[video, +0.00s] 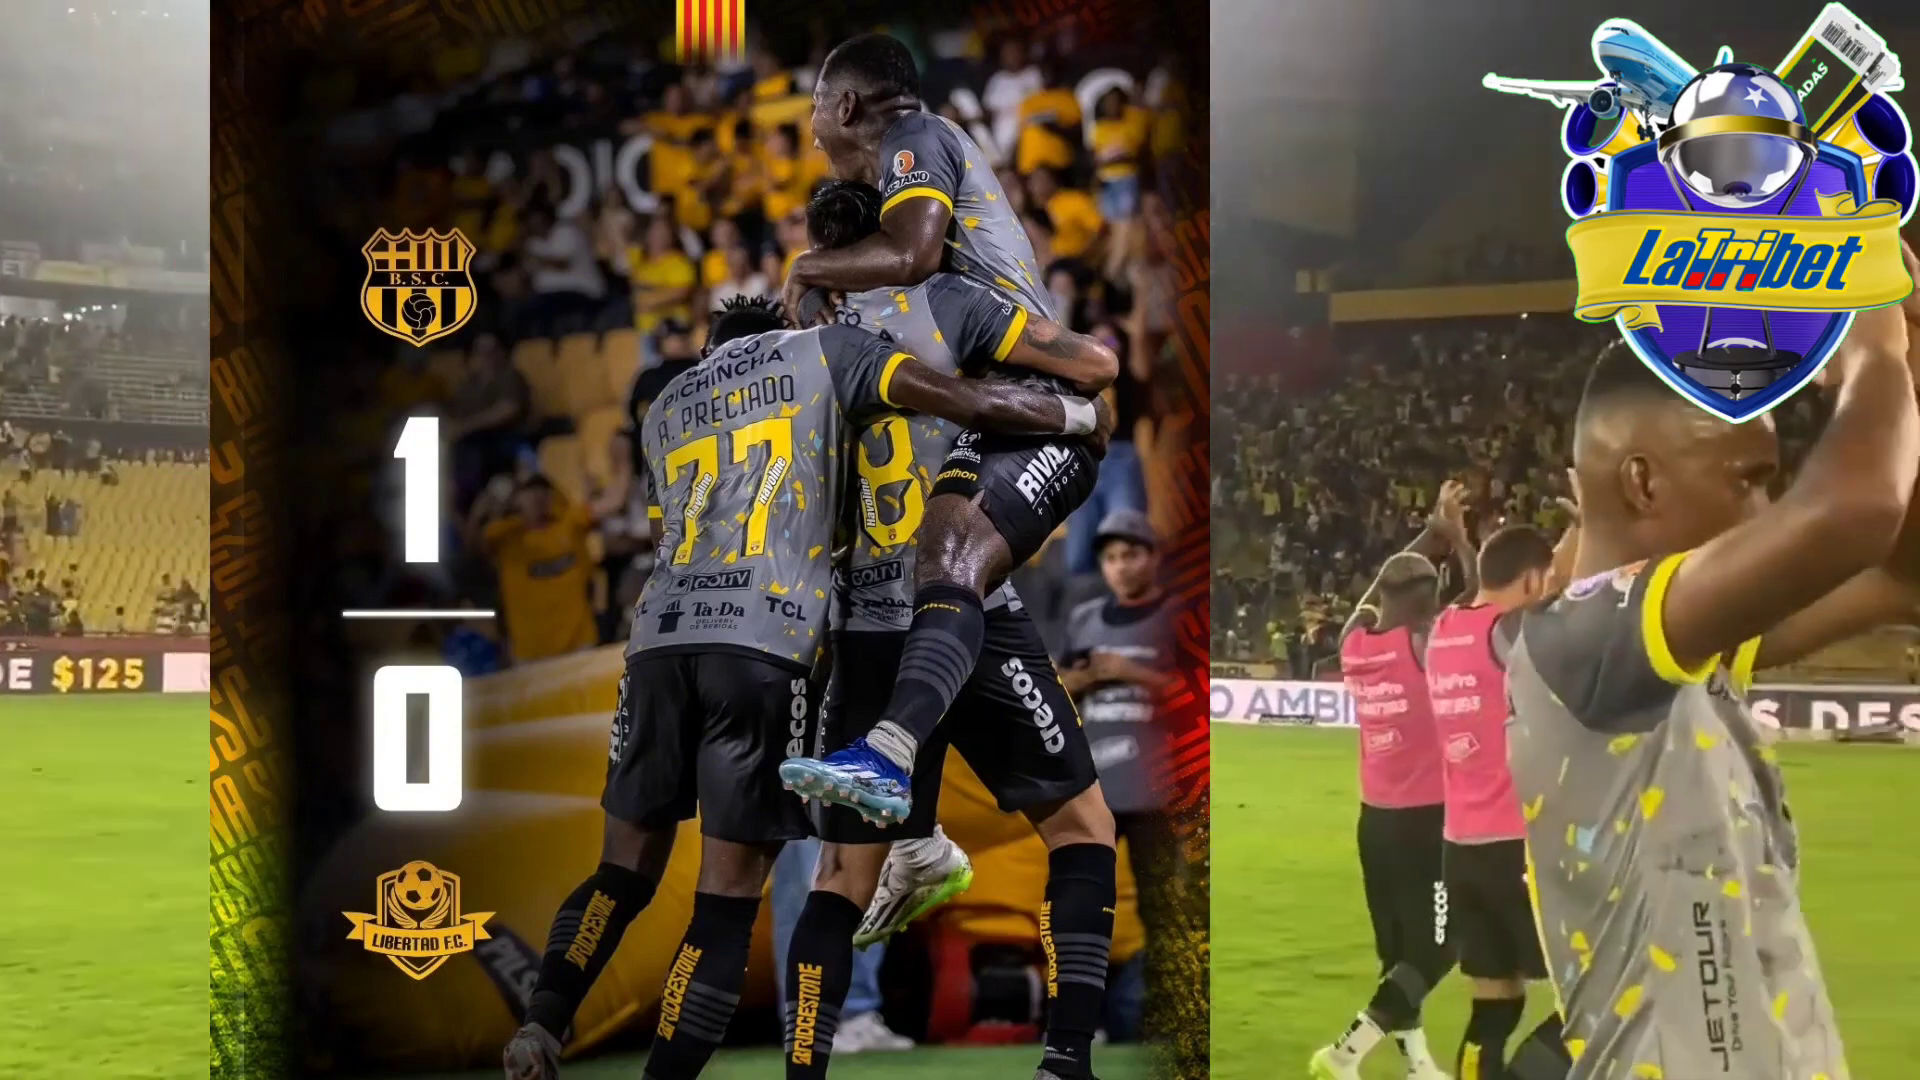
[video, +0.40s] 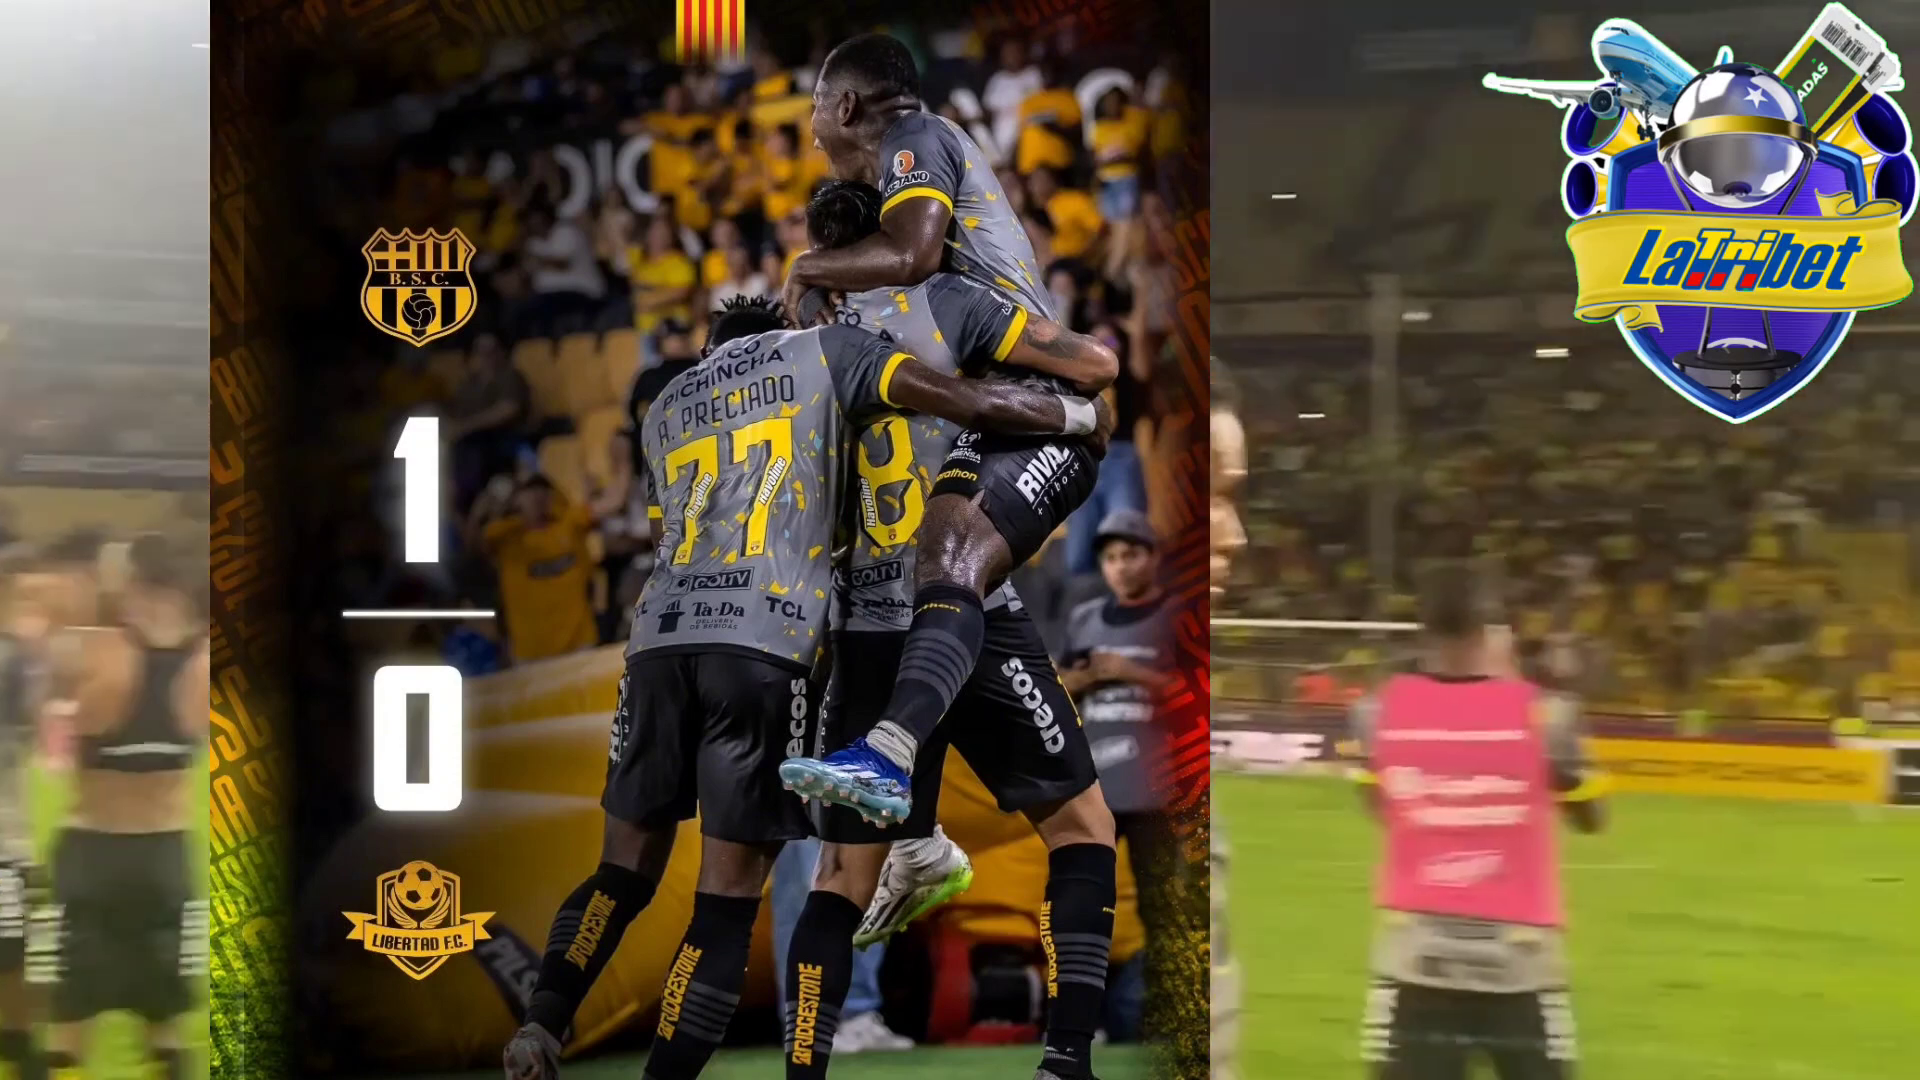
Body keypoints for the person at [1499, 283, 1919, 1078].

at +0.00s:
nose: (1771, 513)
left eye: (1773, 482)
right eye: (1750, 480)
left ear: (1636, 484)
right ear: (1641, 482)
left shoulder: (1683, 646)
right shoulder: (1579, 640)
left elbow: (1896, 579)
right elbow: (1848, 512)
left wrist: (1899, 371)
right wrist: (1876, 338)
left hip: (1780, 1053)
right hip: (1670, 1061)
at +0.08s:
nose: (1648, 519)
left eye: (1648, 486)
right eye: (1624, 487)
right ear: (1517, 480)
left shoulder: (1544, 642)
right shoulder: (1447, 648)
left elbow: (1796, 642)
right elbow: (1732, 596)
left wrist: (1857, 465)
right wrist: (1791, 418)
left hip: (1640, 1052)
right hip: (1528, 1058)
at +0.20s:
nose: (1483, 536)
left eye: (1481, 501)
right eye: (1461, 499)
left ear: (1361, 502)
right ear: (1362, 497)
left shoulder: (1346, 657)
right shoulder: (1298, 660)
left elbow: (1606, 772)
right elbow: (1570, 775)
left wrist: (1749, 637)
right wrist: (1699, 575)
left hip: (1446, 1056)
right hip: (1360, 1062)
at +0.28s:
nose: (1353, 539)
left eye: (1350, 503)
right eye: (1333, 503)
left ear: (1237, 507)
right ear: (1234, 507)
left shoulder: (1242, 690)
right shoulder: (1213, 705)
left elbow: (1364, 907)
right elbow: (1360, 993)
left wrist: (1606, 925)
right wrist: (1648, 916)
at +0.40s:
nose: (1509, 635)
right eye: (1504, 623)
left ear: (1428, 629)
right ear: (1494, 628)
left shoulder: (1385, 708)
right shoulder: (1543, 712)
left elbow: (1376, 802)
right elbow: (1589, 813)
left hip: (1414, 958)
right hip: (1518, 959)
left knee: (1405, 1067)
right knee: (1539, 1068)